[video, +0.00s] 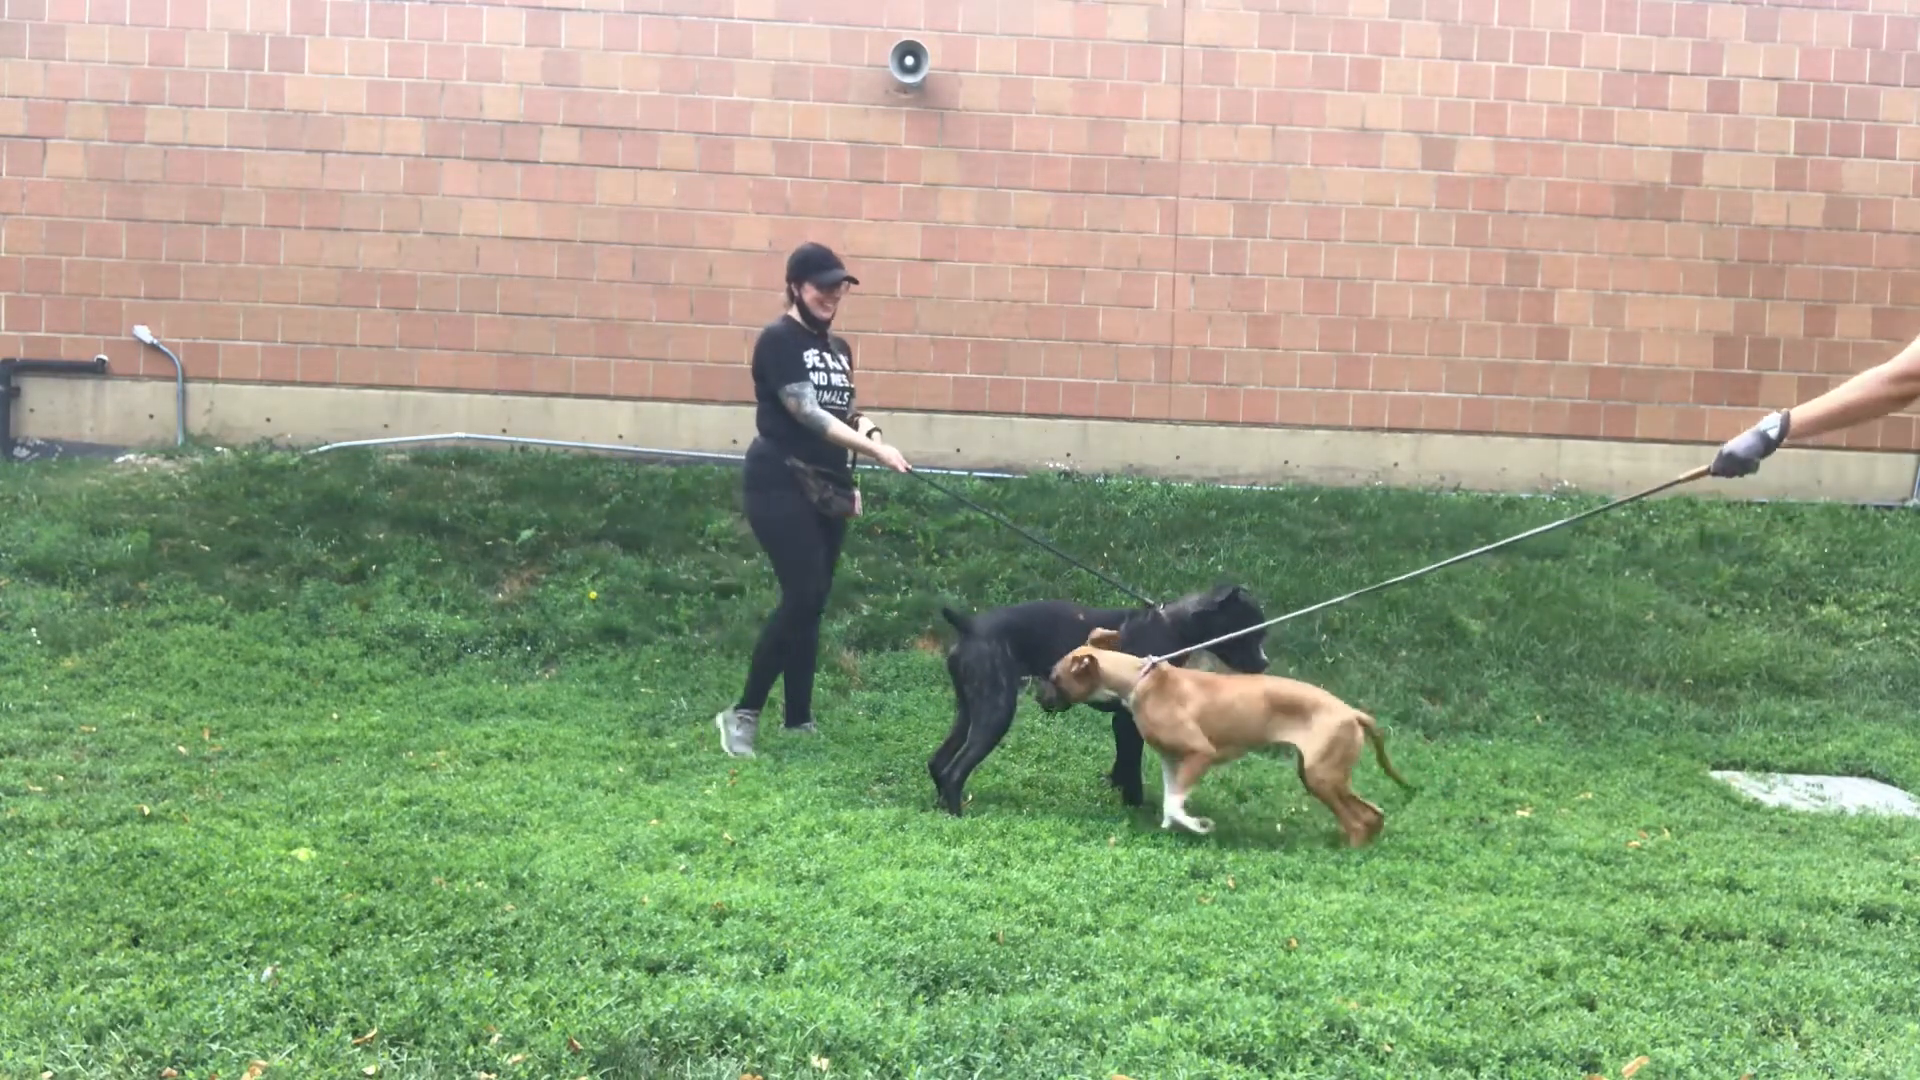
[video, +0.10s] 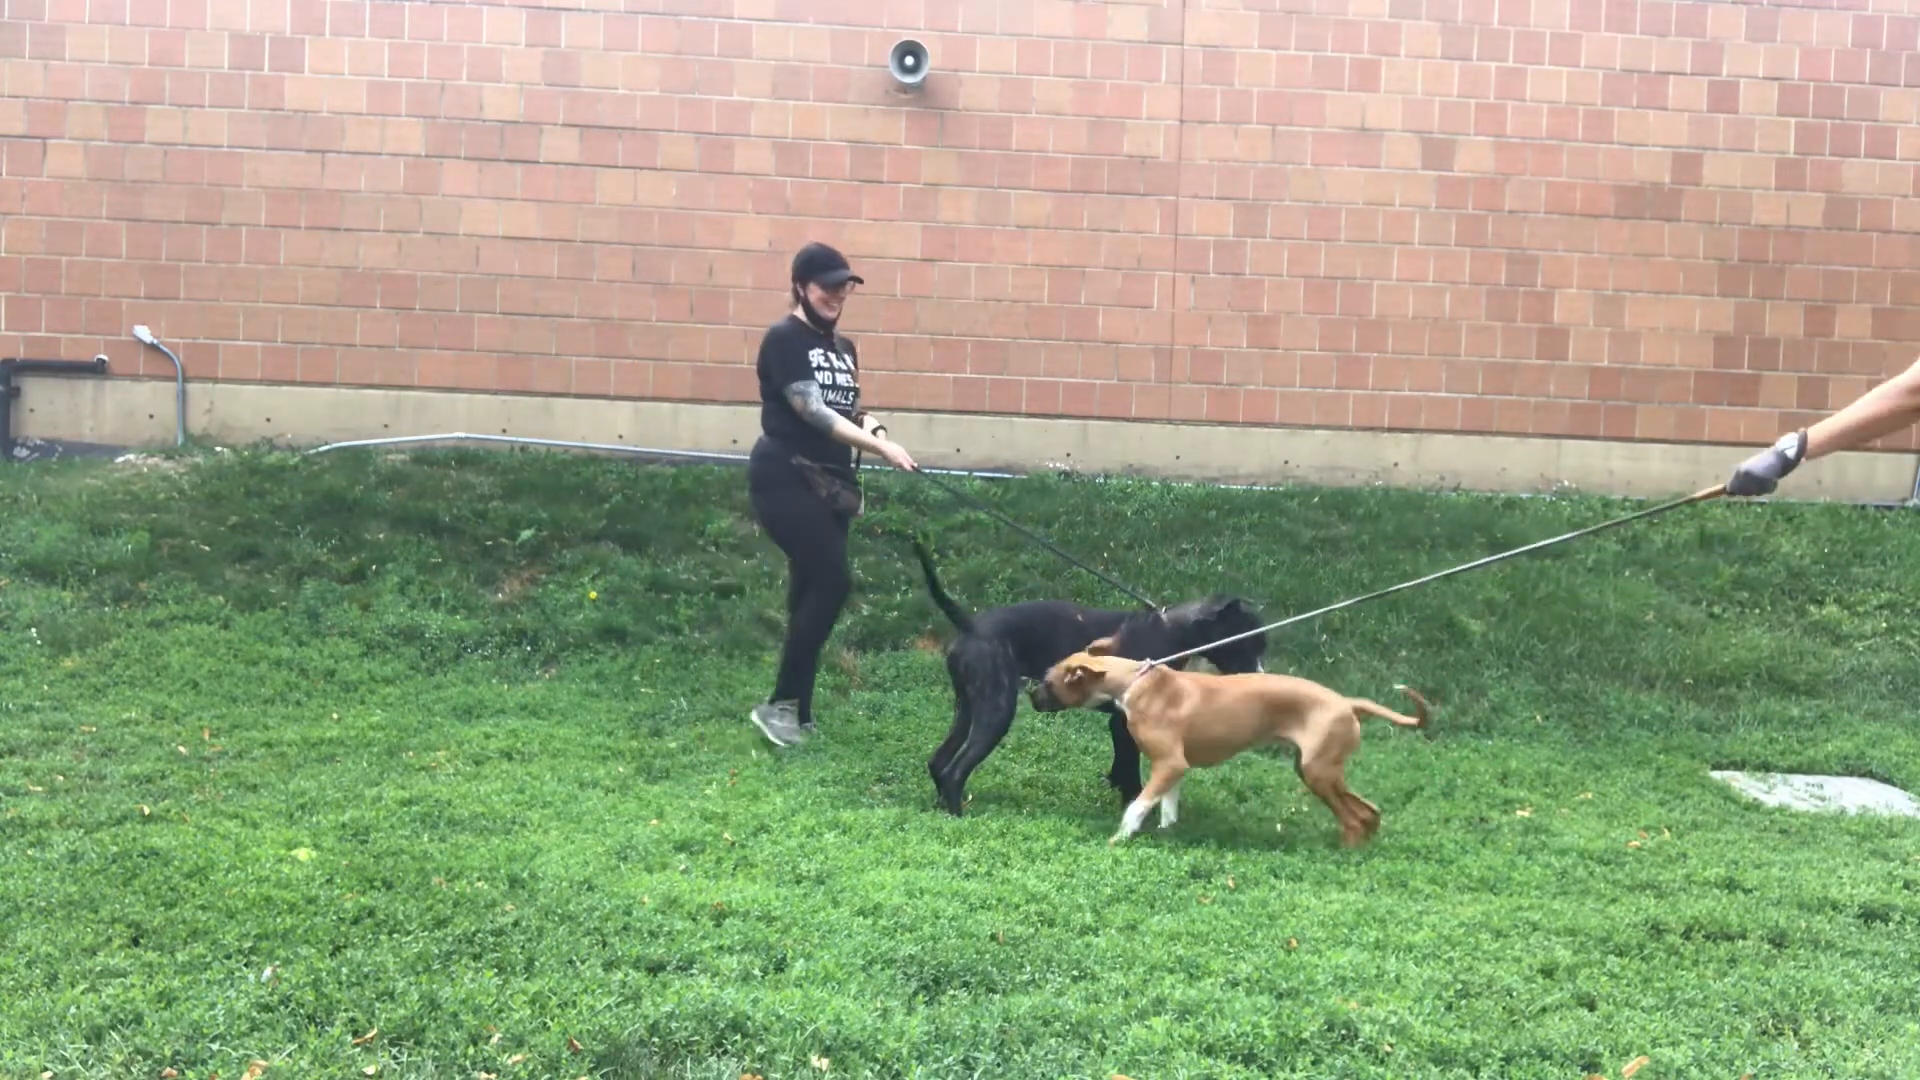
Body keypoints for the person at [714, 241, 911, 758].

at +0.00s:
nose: (833, 296)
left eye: (838, 287)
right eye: (823, 286)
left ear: (843, 291)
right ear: (796, 287)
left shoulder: (839, 349)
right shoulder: (777, 341)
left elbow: (844, 414)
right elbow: (806, 412)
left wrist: (869, 439)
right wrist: (873, 446)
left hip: (828, 483)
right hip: (779, 479)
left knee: (811, 598)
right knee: (804, 592)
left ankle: (798, 724)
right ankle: (743, 715)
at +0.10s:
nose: (838, 296)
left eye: (843, 287)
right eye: (828, 287)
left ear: (848, 289)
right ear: (802, 287)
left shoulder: (843, 348)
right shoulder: (784, 339)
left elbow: (845, 412)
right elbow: (810, 408)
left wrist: (873, 430)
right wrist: (878, 444)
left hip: (829, 478)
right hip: (786, 473)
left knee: (812, 591)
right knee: (832, 580)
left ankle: (800, 716)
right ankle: (779, 706)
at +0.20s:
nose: (844, 296)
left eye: (849, 287)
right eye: (834, 287)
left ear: (854, 288)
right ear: (808, 287)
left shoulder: (849, 347)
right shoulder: (792, 338)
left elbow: (851, 411)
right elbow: (816, 408)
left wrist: (878, 427)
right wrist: (883, 443)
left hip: (830, 479)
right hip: (792, 474)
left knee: (813, 597)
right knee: (853, 578)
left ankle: (799, 718)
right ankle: (824, 708)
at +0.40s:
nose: (861, 300)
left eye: (867, 291)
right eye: (851, 291)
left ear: (872, 292)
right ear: (826, 291)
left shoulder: (859, 347)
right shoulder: (813, 342)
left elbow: (866, 413)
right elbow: (833, 414)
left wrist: (895, 434)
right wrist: (901, 450)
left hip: (845, 482)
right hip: (816, 481)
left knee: (817, 606)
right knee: (874, 590)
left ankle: (799, 722)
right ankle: (899, 717)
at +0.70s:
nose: (900, 302)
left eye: (905, 294)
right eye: (890, 295)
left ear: (909, 295)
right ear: (865, 298)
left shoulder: (892, 346)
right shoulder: (859, 348)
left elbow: (909, 414)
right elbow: (875, 424)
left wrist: (935, 440)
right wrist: (946, 458)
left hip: (880, 480)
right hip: (867, 483)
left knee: (863, 609)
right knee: (897, 603)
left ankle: (805, 716)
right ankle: (904, 725)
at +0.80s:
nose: (914, 302)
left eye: (919, 293)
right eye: (904, 295)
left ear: (923, 295)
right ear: (879, 298)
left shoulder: (905, 345)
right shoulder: (874, 347)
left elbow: (923, 411)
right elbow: (899, 423)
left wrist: (944, 435)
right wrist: (967, 462)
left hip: (896, 480)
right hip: (875, 481)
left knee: (903, 598)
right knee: (902, 601)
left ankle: (826, 702)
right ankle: (904, 726)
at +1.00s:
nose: (943, 300)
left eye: (948, 291)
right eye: (934, 291)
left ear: (951, 293)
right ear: (907, 293)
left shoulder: (929, 343)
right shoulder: (899, 343)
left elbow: (931, 421)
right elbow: (930, 419)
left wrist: (946, 474)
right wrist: (990, 459)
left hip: (930, 480)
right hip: (896, 480)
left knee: (971, 588)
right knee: (910, 599)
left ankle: (895, 681)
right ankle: (905, 722)